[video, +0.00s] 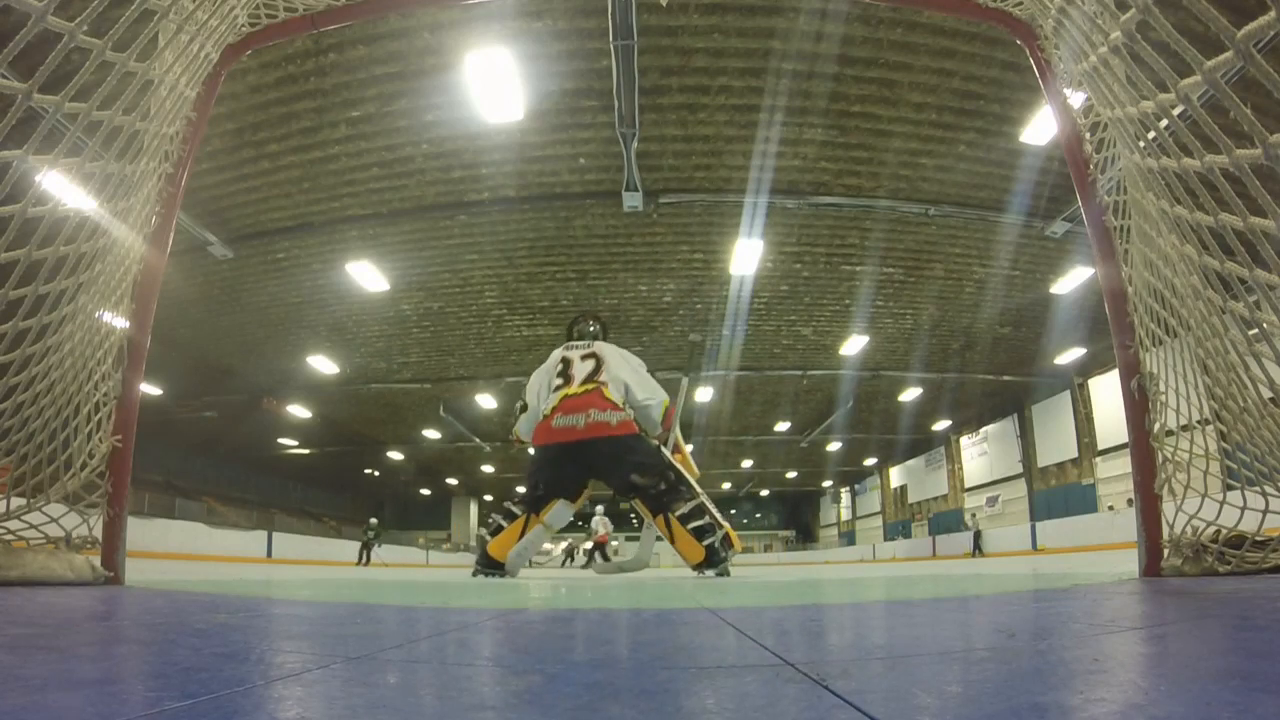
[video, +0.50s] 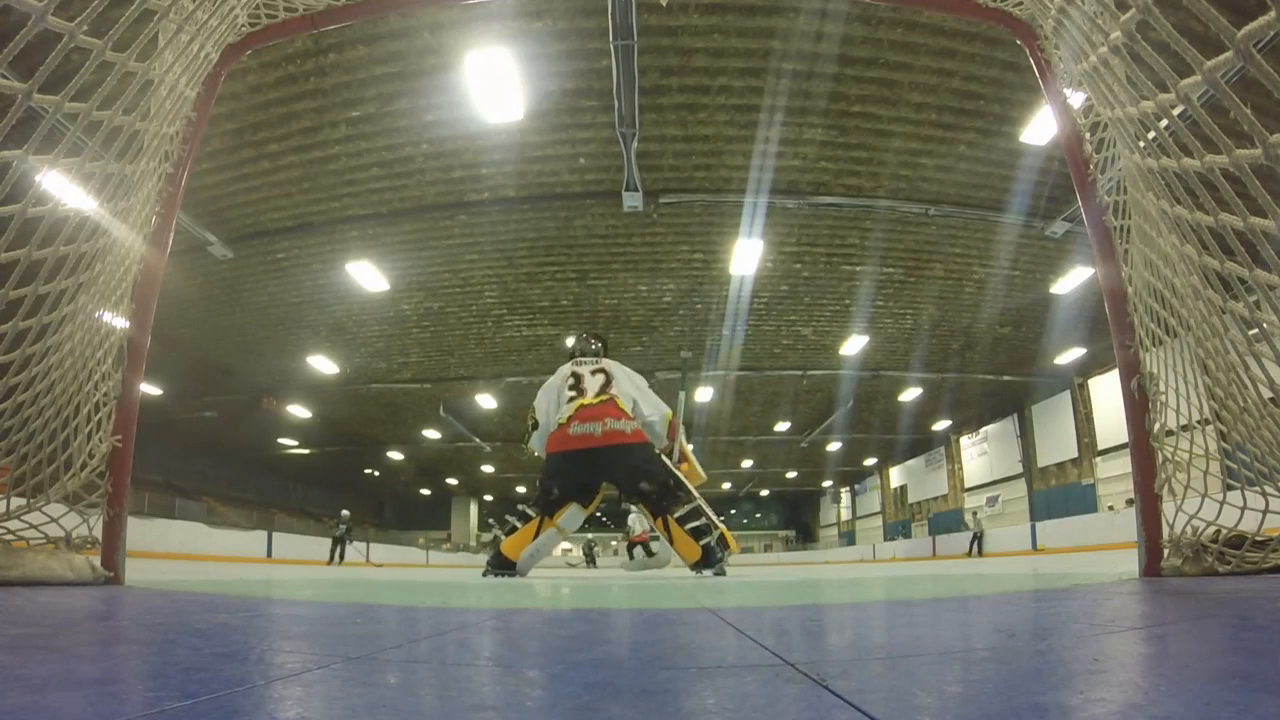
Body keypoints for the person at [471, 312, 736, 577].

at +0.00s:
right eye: (600, 334)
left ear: (568, 336)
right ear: (602, 335)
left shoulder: (548, 364)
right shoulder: (617, 354)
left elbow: (529, 415)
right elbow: (653, 401)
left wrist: (521, 435)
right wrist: (662, 436)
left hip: (556, 444)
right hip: (613, 437)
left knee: (534, 503)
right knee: (664, 492)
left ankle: (490, 562)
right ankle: (712, 554)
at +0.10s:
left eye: (577, 340)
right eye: (595, 339)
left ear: (567, 342)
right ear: (600, 339)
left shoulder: (548, 369)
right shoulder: (617, 359)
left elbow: (527, 425)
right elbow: (654, 405)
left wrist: (527, 440)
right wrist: (663, 441)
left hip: (559, 447)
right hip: (614, 438)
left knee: (546, 509)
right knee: (663, 494)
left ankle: (498, 563)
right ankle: (710, 556)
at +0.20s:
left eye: (578, 345)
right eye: (594, 344)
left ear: (566, 347)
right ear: (601, 344)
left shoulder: (548, 375)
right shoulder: (618, 363)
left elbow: (531, 432)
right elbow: (654, 408)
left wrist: (552, 449)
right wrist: (665, 444)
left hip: (563, 448)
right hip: (618, 439)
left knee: (547, 509)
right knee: (665, 495)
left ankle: (503, 563)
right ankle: (710, 555)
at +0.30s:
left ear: (567, 351)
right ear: (600, 348)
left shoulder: (550, 378)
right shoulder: (617, 366)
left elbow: (534, 434)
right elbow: (654, 410)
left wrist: (551, 457)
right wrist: (669, 445)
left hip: (565, 447)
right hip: (621, 439)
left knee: (552, 509)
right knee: (664, 496)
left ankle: (505, 562)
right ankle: (708, 555)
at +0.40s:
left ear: (569, 353)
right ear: (600, 350)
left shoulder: (554, 378)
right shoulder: (618, 368)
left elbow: (536, 433)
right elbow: (654, 412)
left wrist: (549, 455)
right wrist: (665, 446)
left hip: (567, 448)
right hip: (623, 442)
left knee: (548, 507)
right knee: (664, 497)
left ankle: (504, 561)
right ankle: (708, 556)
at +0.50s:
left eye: (579, 351)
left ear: (572, 354)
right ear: (602, 352)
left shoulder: (554, 380)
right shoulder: (620, 370)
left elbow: (538, 435)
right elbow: (656, 413)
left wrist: (548, 456)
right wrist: (669, 446)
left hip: (567, 449)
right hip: (623, 443)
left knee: (548, 509)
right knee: (665, 499)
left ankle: (502, 563)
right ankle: (708, 557)